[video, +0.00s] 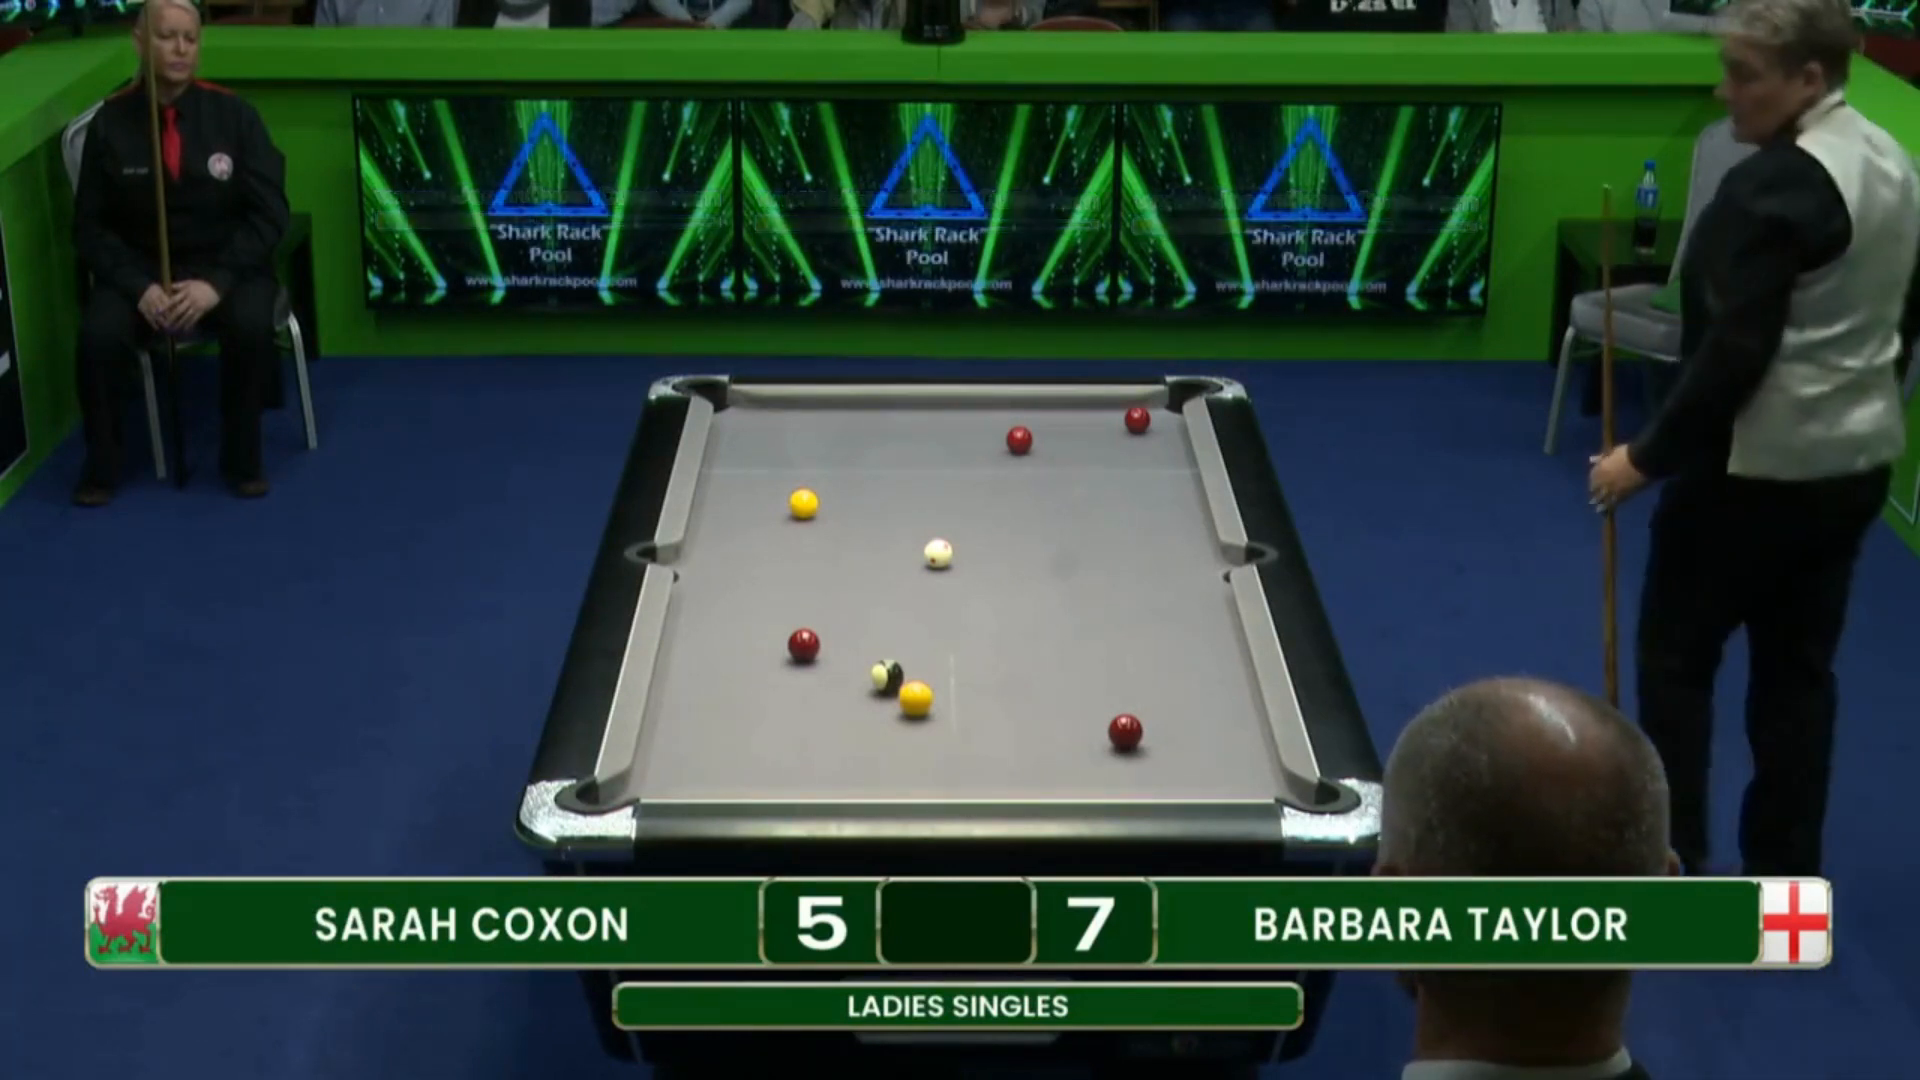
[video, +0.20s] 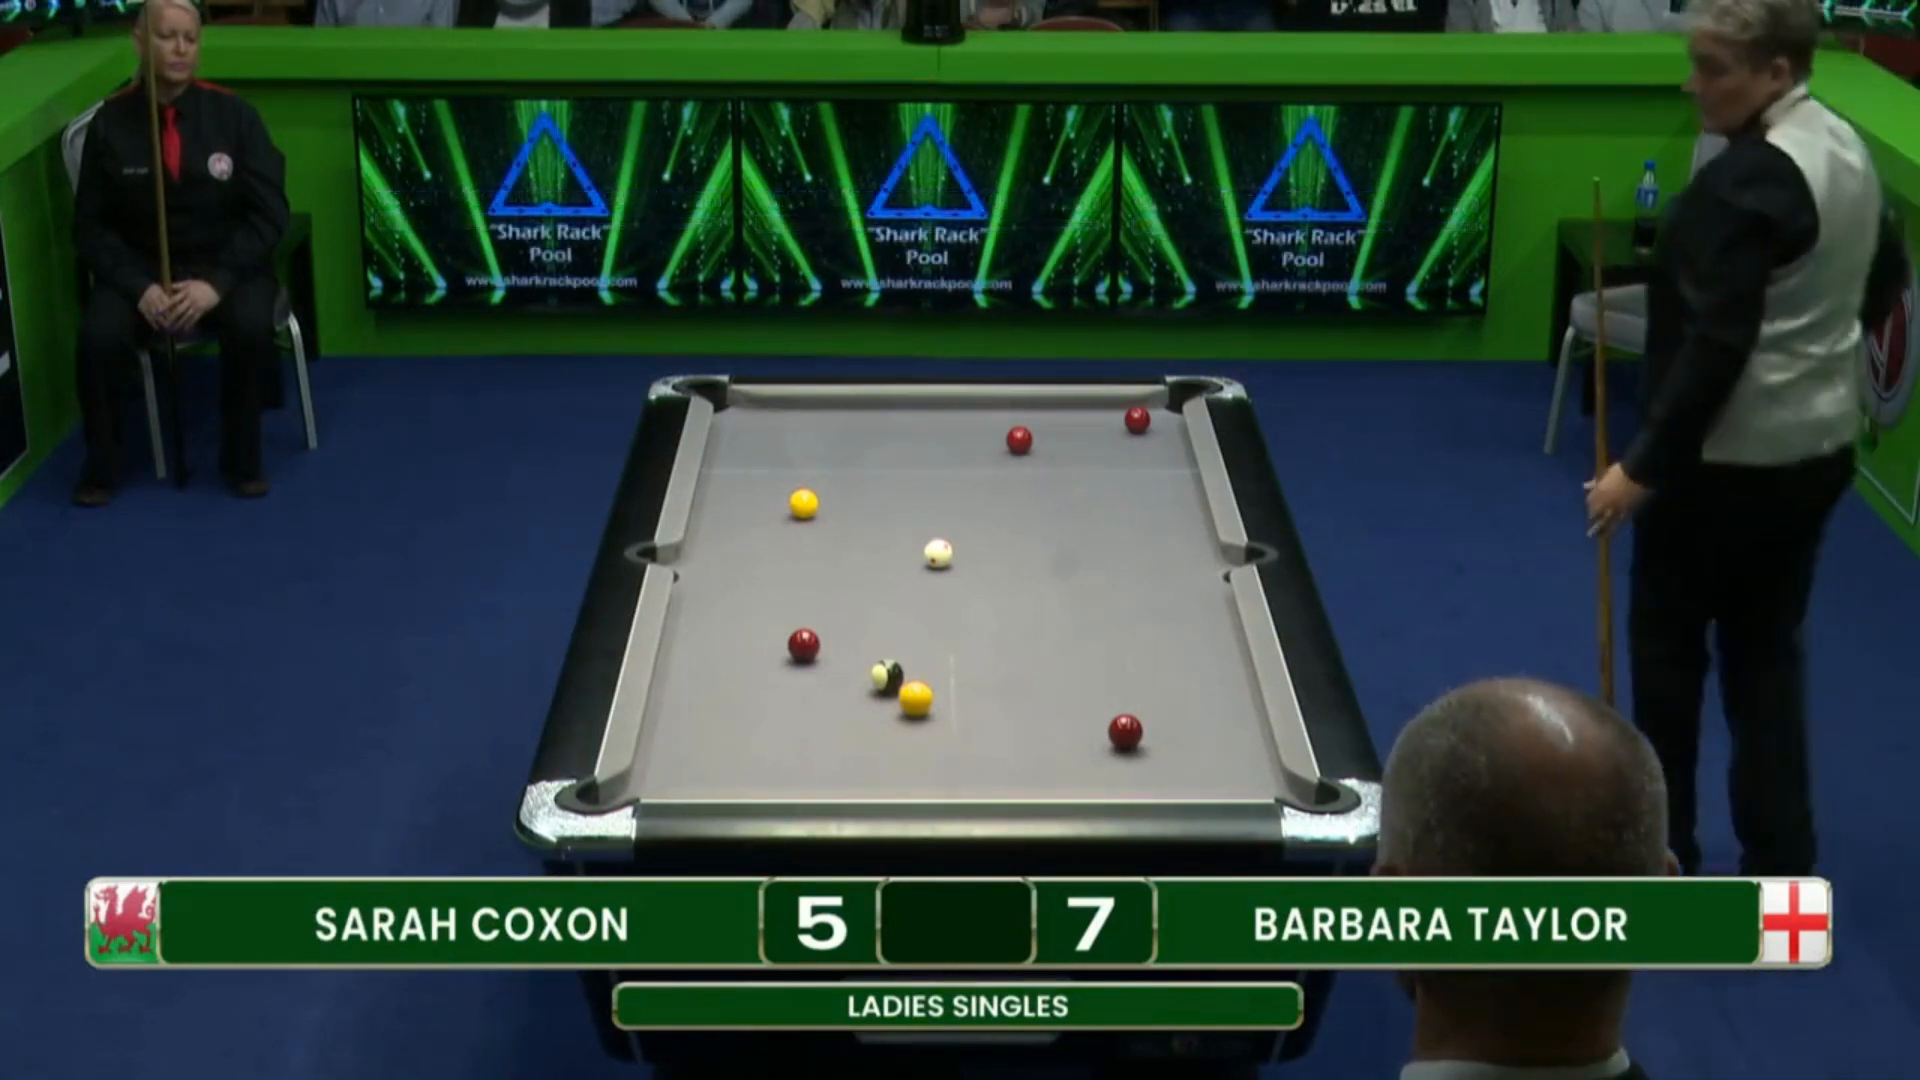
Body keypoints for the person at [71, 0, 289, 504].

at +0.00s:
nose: (181, 49)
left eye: (190, 38)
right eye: (167, 37)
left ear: (199, 45)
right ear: (140, 42)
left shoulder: (234, 116)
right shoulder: (111, 121)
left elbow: (268, 215)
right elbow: (90, 227)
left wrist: (214, 283)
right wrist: (141, 286)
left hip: (221, 267)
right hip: (138, 274)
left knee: (248, 327)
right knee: (100, 334)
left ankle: (243, 462)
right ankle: (101, 468)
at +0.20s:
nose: (181, 49)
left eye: (190, 38)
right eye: (167, 37)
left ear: (200, 44)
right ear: (140, 41)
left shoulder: (234, 116)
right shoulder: (111, 122)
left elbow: (268, 215)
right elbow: (90, 227)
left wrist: (214, 283)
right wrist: (141, 286)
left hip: (221, 267)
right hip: (138, 274)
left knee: (248, 327)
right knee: (100, 334)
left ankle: (243, 462)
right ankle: (101, 468)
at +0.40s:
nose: (181, 49)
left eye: (190, 38)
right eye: (167, 37)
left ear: (200, 44)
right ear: (140, 41)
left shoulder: (234, 116)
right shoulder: (111, 122)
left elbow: (268, 215)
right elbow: (90, 227)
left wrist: (214, 283)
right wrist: (141, 286)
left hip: (221, 267)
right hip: (139, 273)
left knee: (248, 326)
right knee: (100, 334)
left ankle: (243, 462)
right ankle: (101, 468)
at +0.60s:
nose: (181, 49)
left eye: (190, 38)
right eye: (167, 37)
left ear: (199, 44)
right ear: (140, 42)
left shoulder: (234, 116)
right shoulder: (111, 122)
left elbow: (268, 215)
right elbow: (90, 227)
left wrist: (214, 283)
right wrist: (141, 286)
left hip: (221, 267)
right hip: (139, 273)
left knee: (248, 327)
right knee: (100, 334)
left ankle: (243, 462)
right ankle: (101, 468)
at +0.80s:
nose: (181, 49)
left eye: (190, 38)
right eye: (167, 37)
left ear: (199, 44)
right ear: (141, 42)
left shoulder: (234, 116)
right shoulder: (111, 122)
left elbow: (268, 215)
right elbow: (90, 227)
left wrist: (214, 283)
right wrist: (141, 286)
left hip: (221, 267)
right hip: (139, 273)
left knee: (248, 326)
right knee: (100, 334)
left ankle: (243, 462)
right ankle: (101, 468)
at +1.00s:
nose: (181, 49)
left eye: (190, 38)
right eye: (167, 37)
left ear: (199, 45)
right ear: (141, 42)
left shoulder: (234, 116)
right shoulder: (111, 122)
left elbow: (269, 215)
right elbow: (90, 227)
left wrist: (214, 283)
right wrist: (141, 286)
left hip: (221, 267)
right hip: (139, 273)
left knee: (248, 326)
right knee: (100, 334)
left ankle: (243, 462)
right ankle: (101, 468)